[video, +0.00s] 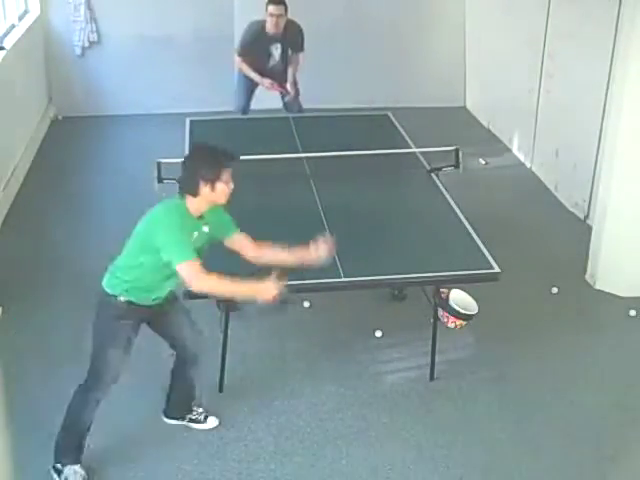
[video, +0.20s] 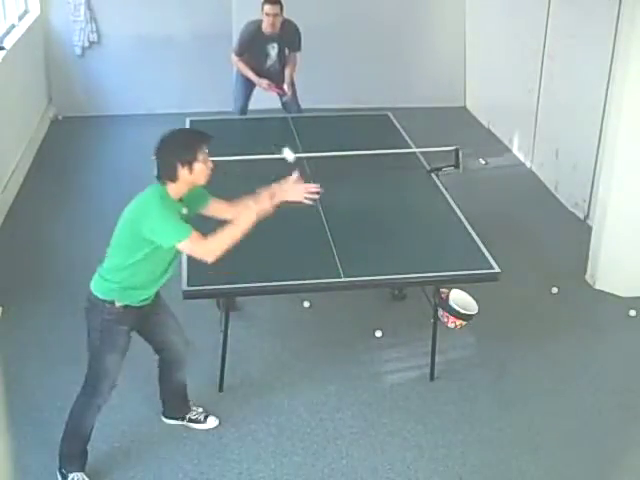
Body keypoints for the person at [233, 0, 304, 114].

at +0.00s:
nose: (275, 21)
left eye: (280, 16)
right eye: (271, 16)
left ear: (286, 17)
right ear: (266, 15)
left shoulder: (294, 30)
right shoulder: (254, 29)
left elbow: (294, 58)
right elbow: (239, 61)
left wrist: (290, 82)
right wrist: (261, 80)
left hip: (280, 74)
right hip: (252, 71)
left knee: (296, 110)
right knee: (241, 109)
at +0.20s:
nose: (271, 20)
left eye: (276, 16)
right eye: (268, 15)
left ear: (282, 16)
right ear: (262, 15)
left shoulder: (291, 29)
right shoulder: (251, 29)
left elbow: (292, 56)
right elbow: (236, 58)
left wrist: (287, 82)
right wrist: (257, 80)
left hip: (278, 73)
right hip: (250, 71)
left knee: (295, 111)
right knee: (239, 110)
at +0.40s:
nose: (266, 16)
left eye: (270, 12)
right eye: (262, 11)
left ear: (277, 13)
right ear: (257, 11)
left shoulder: (287, 26)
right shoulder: (247, 27)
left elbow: (292, 54)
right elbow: (234, 57)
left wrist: (287, 78)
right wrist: (256, 79)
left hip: (276, 71)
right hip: (248, 69)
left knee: (294, 110)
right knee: (234, 109)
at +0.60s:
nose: (253, 12)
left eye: (258, 7)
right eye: (250, 7)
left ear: (264, 8)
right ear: (245, 8)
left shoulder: (276, 21)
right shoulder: (236, 25)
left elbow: (286, 48)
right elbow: (227, 56)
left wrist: (285, 76)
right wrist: (249, 77)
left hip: (270, 71)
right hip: (241, 69)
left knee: (288, 111)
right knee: (228, 108)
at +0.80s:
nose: (248, 9)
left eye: (252, 4)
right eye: (244, 4)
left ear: (259, 5)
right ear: (240, 6)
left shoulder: (273, 20)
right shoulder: (233, 24)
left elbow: (288, 45)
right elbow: (220, 56)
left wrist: (290, 73)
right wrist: (238, 79)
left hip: (273, 76)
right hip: (244, 76)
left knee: (291, 112)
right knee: (229, 112)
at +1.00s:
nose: (272, 11)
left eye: (275, 7)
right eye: (268, 7)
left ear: (280, 8)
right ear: (261, 8)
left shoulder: (289, 23)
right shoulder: (250, 29)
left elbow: (305, 44)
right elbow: (236, 62)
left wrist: (317, 64)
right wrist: (254, 80)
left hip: (286, 78)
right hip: (256, 78)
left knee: (308, 113)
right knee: (238, 115)